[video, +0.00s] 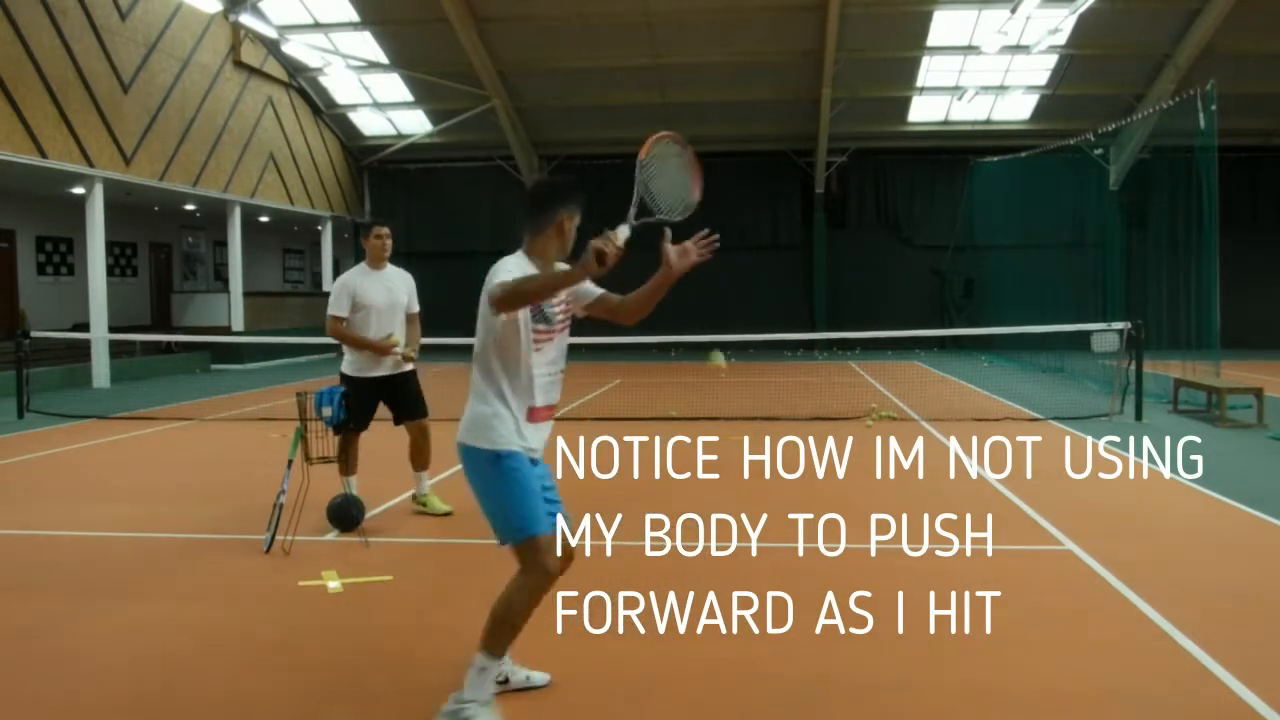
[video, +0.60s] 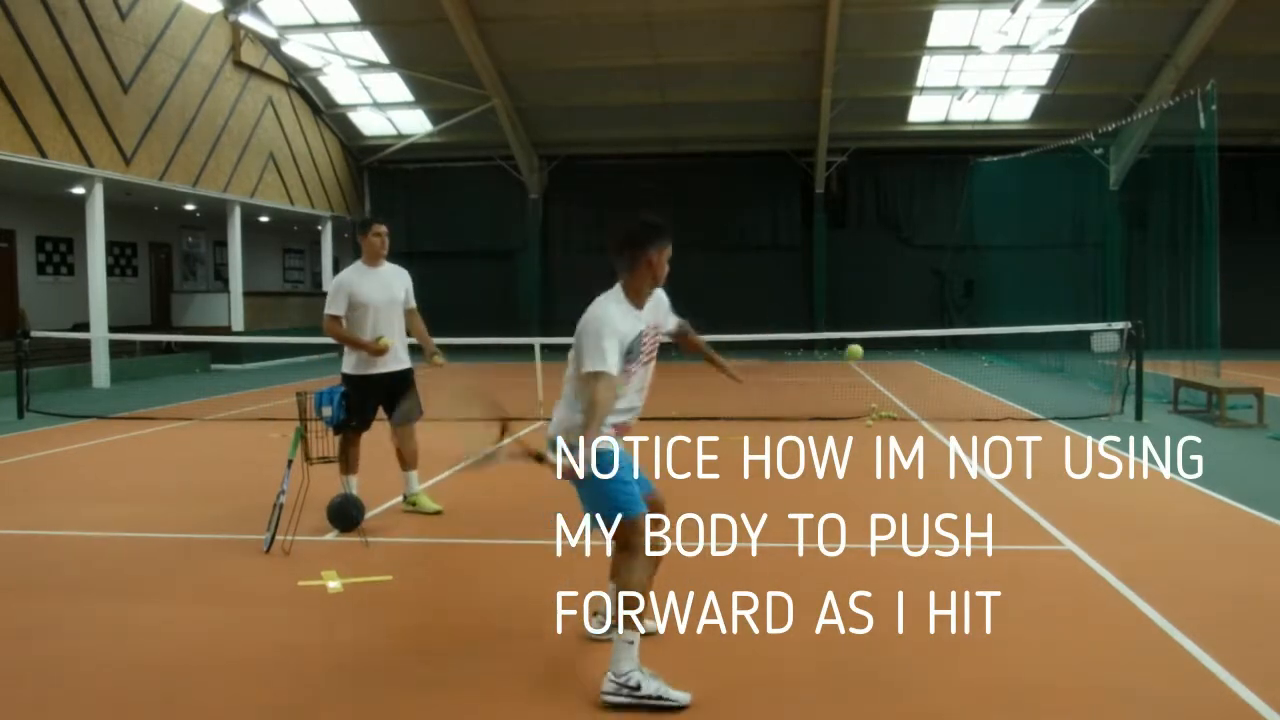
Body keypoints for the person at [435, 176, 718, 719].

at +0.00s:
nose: (576, 232)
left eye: (576, 226)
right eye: (575, 224)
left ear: (543, 223)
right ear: (563, 222)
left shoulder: (564, 280)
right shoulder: (507, 271)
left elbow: (625, 311)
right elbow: (504, 299)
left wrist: (668, 272)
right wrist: (580, 272)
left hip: (526, 441)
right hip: (493, 439)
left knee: (560, 552)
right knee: (539, 564)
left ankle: (494, 663)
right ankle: (471, 695)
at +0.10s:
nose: (594, 236)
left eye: (600, 229)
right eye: (589, 225)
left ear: (600, 232)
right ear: (563, 221)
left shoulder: (592, 269)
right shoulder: (525, 260)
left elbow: (644, 303)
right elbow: (492, 289)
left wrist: (692, 278)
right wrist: (553, 262)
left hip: (547, 427)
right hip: (512, 426)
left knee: (565, 546)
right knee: (571, 544)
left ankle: (494, 652)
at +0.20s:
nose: (626, 240)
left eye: (628, 231)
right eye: (621, 230)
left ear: (614, 235)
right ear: (596, 231)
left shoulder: (614, 277)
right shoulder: (546, 268)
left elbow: (664, 312)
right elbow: (495, 300)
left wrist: (719, 309)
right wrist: (539, 279)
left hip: (563, 430)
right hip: (529, 429)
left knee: (590, 535)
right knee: (603, 534)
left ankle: (517, 619)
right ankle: (616, 676)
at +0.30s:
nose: (642, 263)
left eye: (643, 255)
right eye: (638, 254)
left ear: (618, 258)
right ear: (618, 256)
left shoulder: (631, 299)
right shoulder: (565, 294)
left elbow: (683, 334)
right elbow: (514, 334)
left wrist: (753, 351)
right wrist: (532, 322)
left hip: (573, 441)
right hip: (544, 442)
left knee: (613, 524)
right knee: (633, 540)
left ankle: (567, 611)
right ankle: (624, 680)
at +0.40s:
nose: (657, 275)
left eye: (656, 266)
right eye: (652, 266)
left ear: (631, 272)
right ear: (630, 270)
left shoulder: (645, 310)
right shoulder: (578, 312)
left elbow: (704, 351)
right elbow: (534, 378)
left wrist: (772, 386)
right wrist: (547, 364)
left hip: (583, 445)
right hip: (555, 448)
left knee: (639, 528)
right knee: (639, 539)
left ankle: (608, 611)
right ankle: (624, 680)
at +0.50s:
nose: (664, 280)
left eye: (664, 271)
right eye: (658, 270)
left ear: (648, 273)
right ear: (632, 270)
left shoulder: (655, 314)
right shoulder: (588, 320)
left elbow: (711, 352)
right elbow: (565, 380)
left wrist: (778, 393)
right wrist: (550, 417)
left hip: (600, 442)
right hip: (565, 445)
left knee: (656, 522)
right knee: (631, 535)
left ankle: (613, 610)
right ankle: (625, 678)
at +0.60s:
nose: (666, 269)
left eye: (667, 260)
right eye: (661, 260)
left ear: (653, 262)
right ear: (636, 261)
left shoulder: (655, 299)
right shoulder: (603, 319)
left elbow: (680, 333)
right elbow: (598, 396)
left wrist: (718, 361)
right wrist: (582, 449)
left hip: (611, 437)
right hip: (585, 442)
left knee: (656, 514)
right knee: (634, 537)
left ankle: (615, 610)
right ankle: (624, 670)